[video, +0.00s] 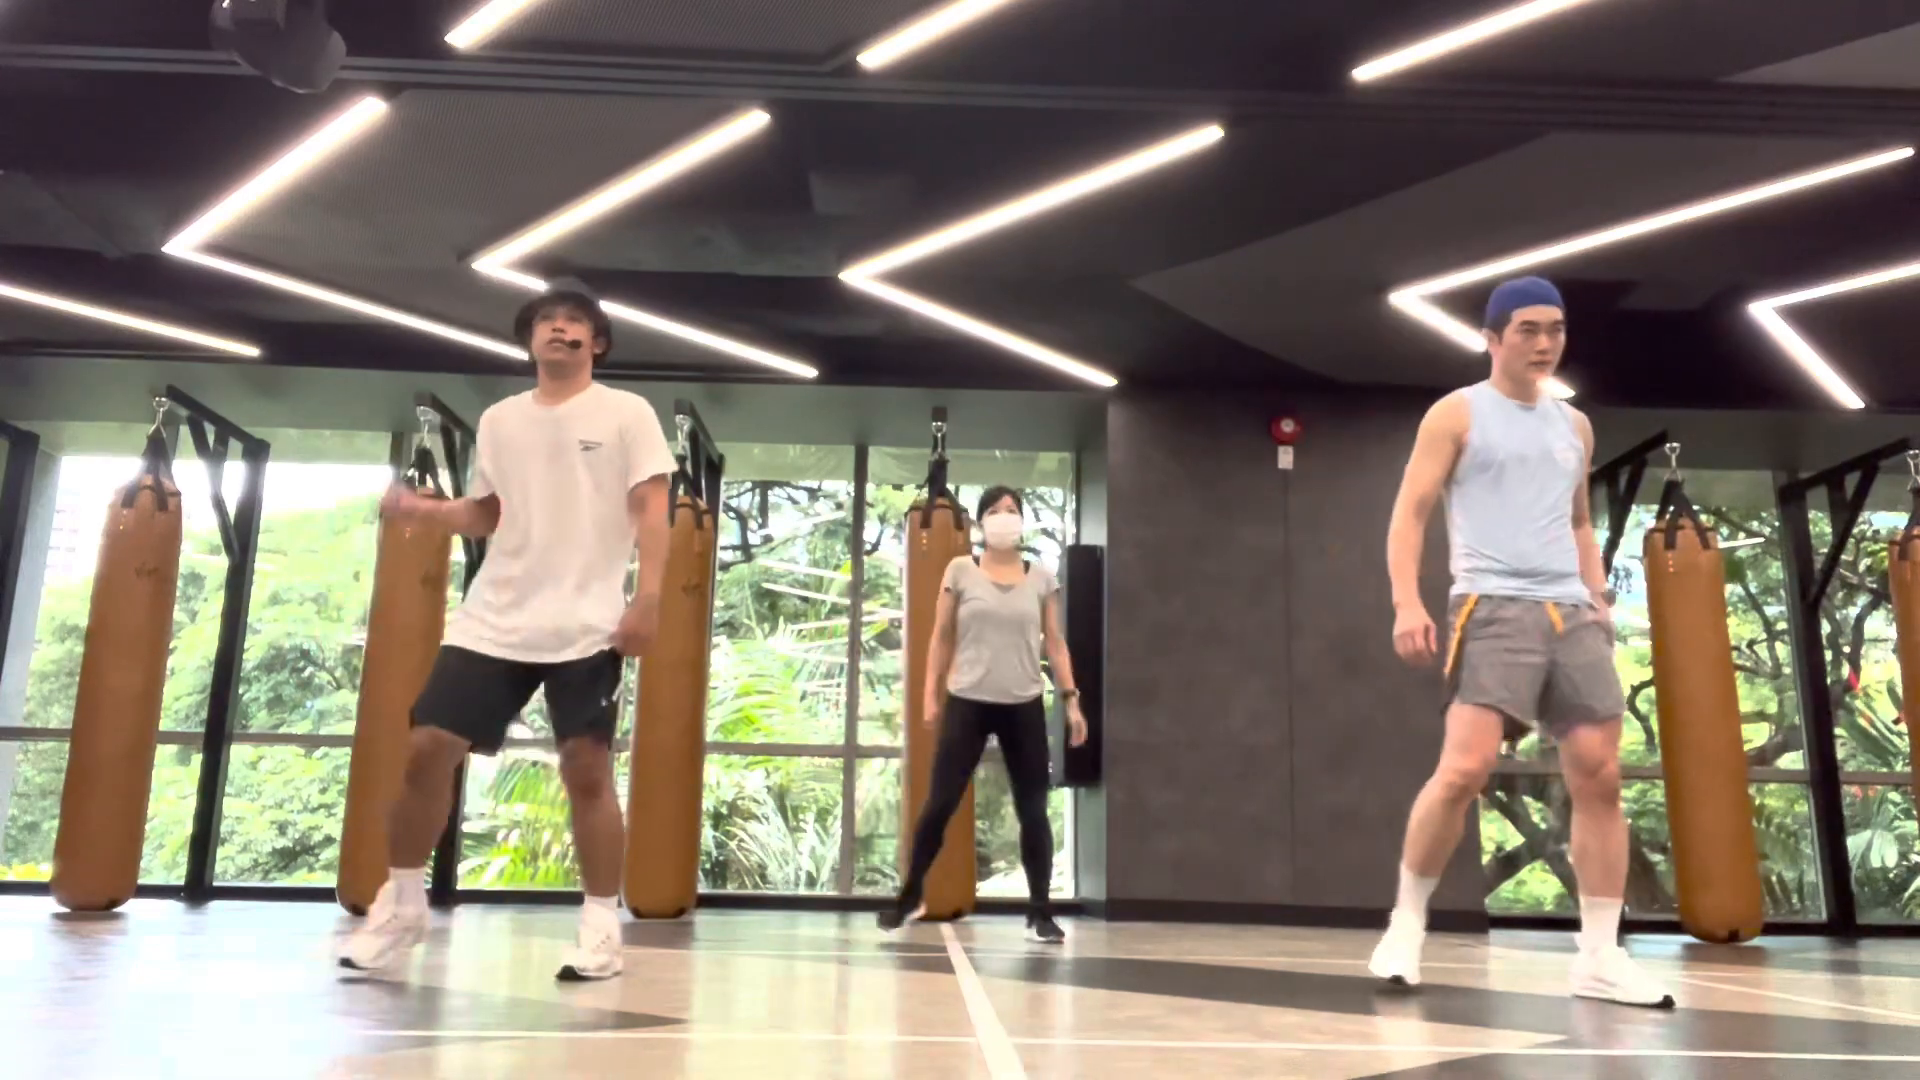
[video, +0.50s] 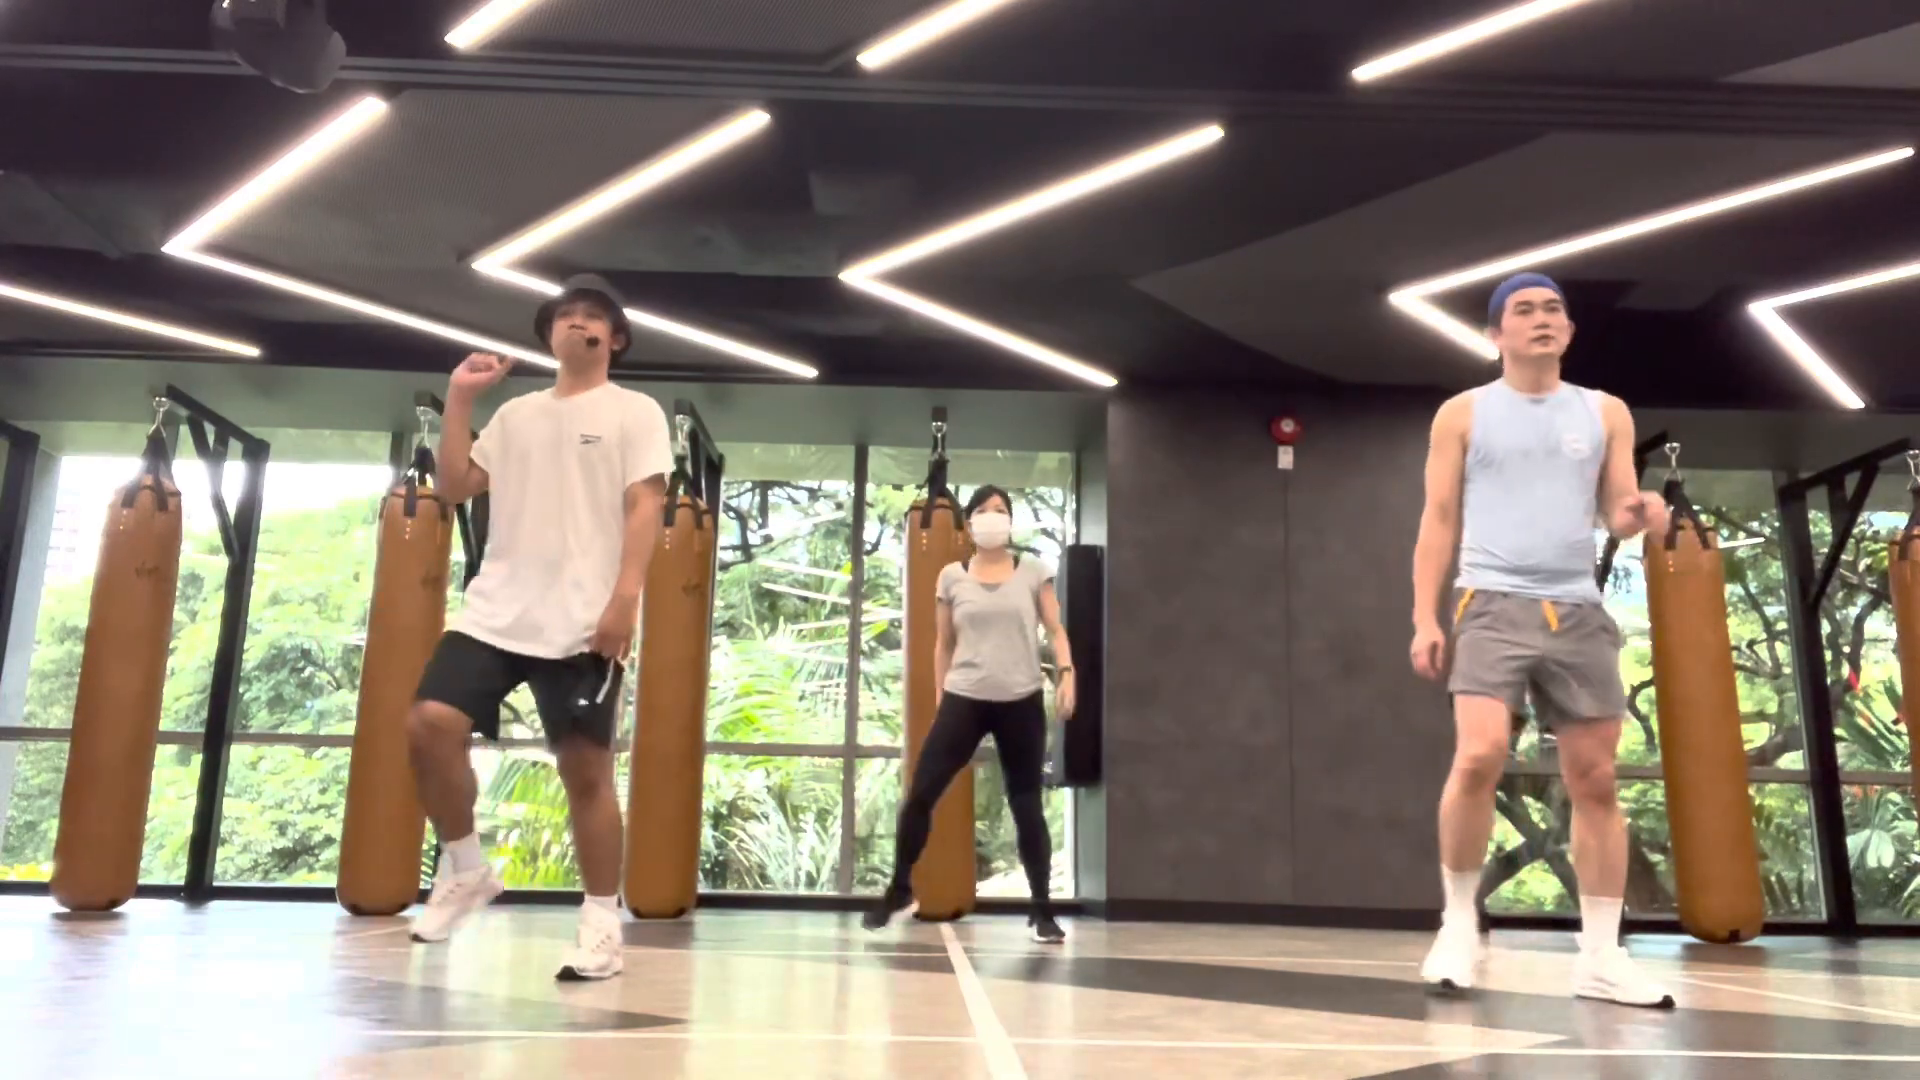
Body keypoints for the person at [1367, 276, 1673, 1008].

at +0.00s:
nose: (1545, 342)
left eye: (1554, 330)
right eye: (1529, 329)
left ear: (1564, 340)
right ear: (1495, 338)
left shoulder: (1574, 425)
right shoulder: (1456, 414)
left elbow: (1580, 522)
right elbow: (1411, 512)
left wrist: (1598, 600)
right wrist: (1406, 602)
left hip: (1575, 614)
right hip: (1494, 610)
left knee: (1600, 775)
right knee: (1465, 769)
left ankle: (1600, 958)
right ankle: (1407, 921)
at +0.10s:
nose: (1560, 342)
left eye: (1569, 330)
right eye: (1544, 330)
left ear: (1578, 338)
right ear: (1508, 338)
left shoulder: (1591, 427)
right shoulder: (1468, 412)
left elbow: (1605, 517)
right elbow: (1426, 511)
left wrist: (1640, 580)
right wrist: (1431, 602)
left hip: (1589, 611)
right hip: (1511, 605)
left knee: (1604, 776)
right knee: (1515, 767)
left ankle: (1600, 956)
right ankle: (1459, 918)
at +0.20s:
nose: (1566, 341)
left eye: (1576, 329)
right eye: (1550, 328)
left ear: (1586, 339)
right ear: (1514, 339)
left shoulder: (1601, 428)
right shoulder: (1471, 413)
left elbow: (1617, 521)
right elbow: (1437, 514)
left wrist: (1660, 552)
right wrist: (1446, 609)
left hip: (1593, 610)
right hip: (1513, 607)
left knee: (1606, 776)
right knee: (1550, 768)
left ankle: (1600, 955)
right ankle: (1531, 925)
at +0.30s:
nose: (1565, 336)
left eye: (1576, 324)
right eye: (1549, 324)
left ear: (1588, 338)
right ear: (1515, 338)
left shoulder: (1608, 429)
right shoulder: (1472, 413)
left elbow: (1619, 530)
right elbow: (1445, 517)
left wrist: (1669, 537)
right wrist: (1450, 615)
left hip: (1594, 612)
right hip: (1513, 611)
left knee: (1606, 776)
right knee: (1554, 767)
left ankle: (1602, 951)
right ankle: (1546, 935)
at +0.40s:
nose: (1557, 326)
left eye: (1567, 315)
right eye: (1541, 316)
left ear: (1582, 333)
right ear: (1509, 335)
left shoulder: (1611, 422)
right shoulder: (1471, 412)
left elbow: (1616, 523)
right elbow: (1444, 518)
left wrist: (1666, 521)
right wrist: (1440, 617)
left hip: (1588, 612)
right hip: (1503, 611)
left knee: (1602, 776)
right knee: (1523, 756)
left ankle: (1600, 957)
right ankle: (1514, 923)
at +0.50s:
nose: (1541, 318)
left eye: (1552, 308)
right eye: (1524, 309)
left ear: (1570, 330)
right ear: (1497, 333)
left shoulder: (1607, 413)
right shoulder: (1461, 414)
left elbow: (1619, 516)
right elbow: (1439, 519)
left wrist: (1637, 511)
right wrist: (1427, 615)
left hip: (1581, 617)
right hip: (1489, 613)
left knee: (1595, 781)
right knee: (1479, 758)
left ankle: (1601, 958)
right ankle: (1459, 924)